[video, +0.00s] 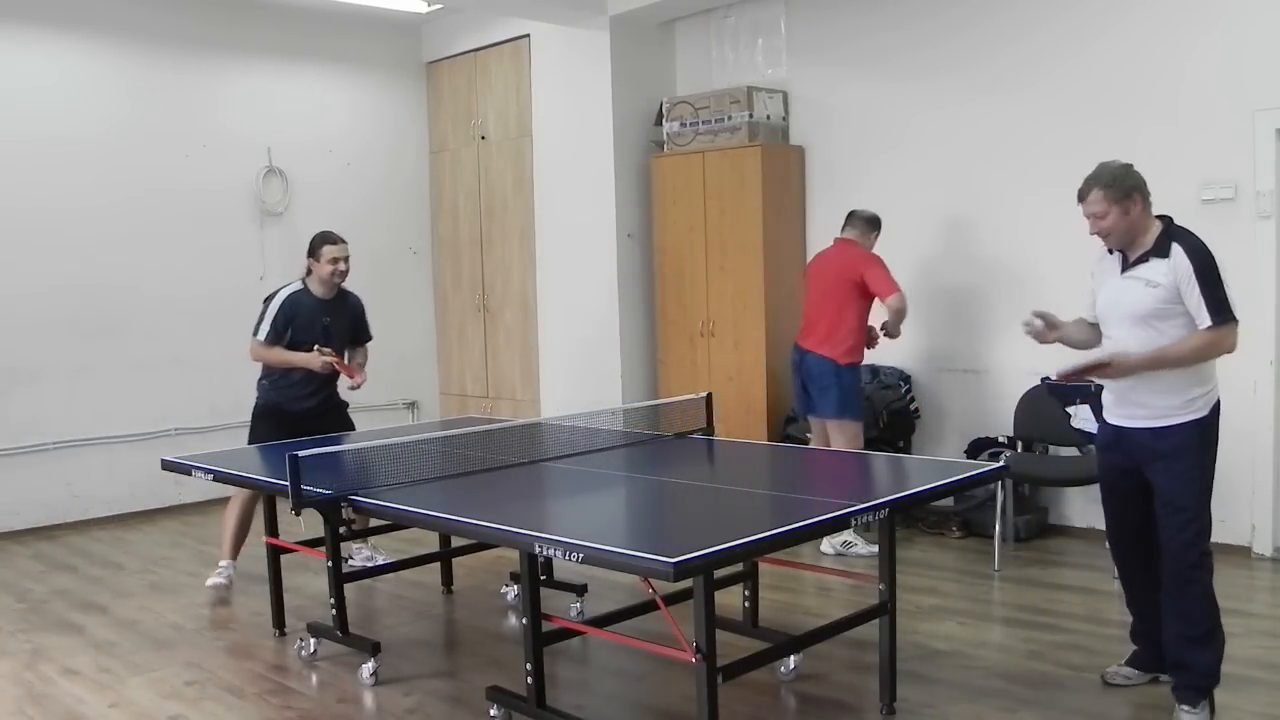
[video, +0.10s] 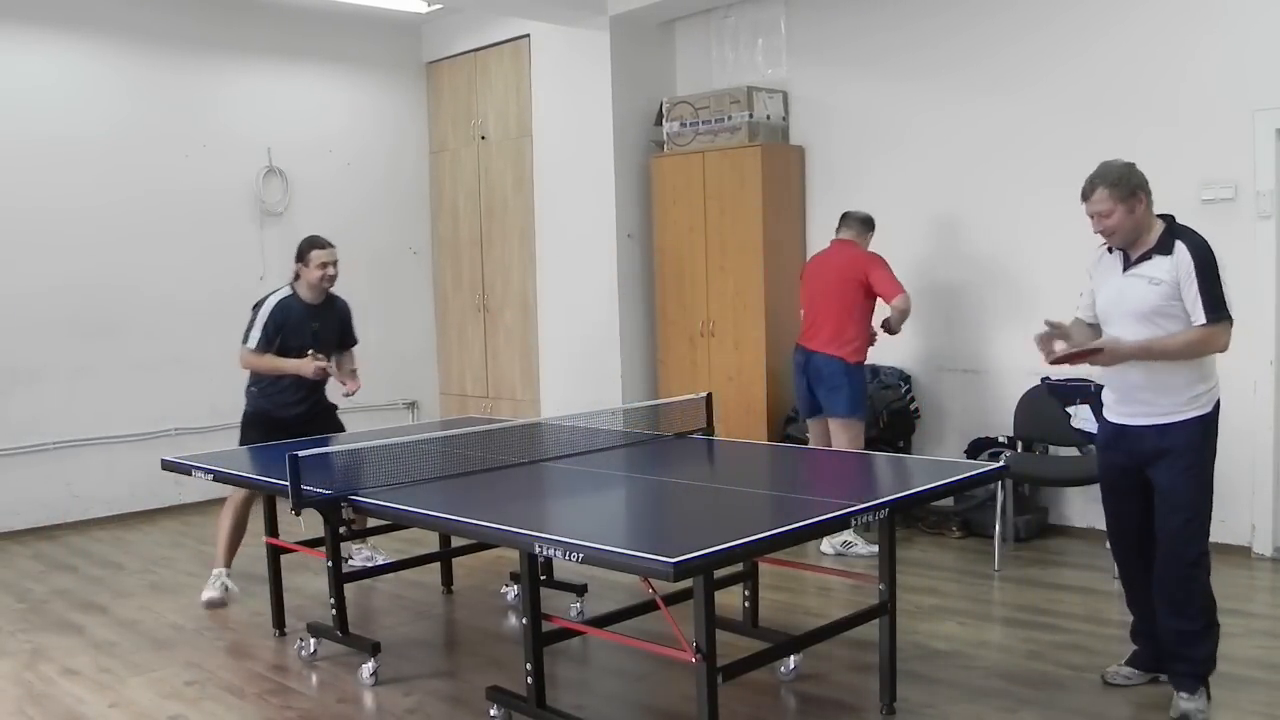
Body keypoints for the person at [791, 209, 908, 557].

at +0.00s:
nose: (874, 245)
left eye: (874, 241)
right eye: (876, 241)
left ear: (843, 230)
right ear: (872, 237)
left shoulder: (819, 258)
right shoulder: (864, 259)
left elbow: (824, 307)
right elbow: (897, 303)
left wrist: (860, 329)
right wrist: (892, 327)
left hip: (807, 359)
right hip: (836, 365)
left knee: (820, 445)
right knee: (848, 452)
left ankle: (818, 525)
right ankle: (838, 531)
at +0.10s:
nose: (868, 245)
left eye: (866, 240)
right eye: (870, 240)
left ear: (838, 232)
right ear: (867, 237)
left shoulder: (814, 262)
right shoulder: (866, 260)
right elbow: (901, 303)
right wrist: (893, 325)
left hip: (807, 361)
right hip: (840, 366)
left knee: (818, 447)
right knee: (847, 452)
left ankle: (820, 527)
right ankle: (839, 532)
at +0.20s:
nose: (863, 247)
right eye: (864, 242)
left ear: (832, 236)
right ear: (862, 240)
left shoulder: (809, 265)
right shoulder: (867, 262)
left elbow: (798, 318)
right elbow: (896, 307)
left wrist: (830, 327)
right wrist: (887, 325)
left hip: (806, 363)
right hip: (843, 365)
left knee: (819, 450)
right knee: (848, 453)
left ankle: (824, 528)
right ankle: (839, 532)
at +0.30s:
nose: (858, 251)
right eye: (859, 247)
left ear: (828, 244)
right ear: (859, 245)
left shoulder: (806, 269)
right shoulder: (864, 264)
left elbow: (791, 323)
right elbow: (887, 310)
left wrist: (824, 331)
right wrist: (879, 329)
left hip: (803, 363)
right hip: (842, 364)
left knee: (819, 449)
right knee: (855, 451)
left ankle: (826, 526)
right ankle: (842, 530)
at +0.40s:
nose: (858, 257)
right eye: (858, 253)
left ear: (827, 252)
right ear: (857, 252)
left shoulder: (802, 274)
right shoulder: (864, 265)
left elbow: (786, 325)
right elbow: (882, 306)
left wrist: (819, 336)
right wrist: (873, 331)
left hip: (799, 358)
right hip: (837, 359)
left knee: (817, 443)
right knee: (869, 443)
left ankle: (817, 519)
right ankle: (856, 522)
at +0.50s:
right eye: (858, 260)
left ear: (827, 259)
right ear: (855, 258)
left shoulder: (802, 277)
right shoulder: (863, 269)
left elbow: (783, 329)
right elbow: (882, 308)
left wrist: (815, 334)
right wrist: (870, 334)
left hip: (798, 357)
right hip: (837, 357)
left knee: (815, 442)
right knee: (870, 439)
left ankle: (812, 517)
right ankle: (865, 515)